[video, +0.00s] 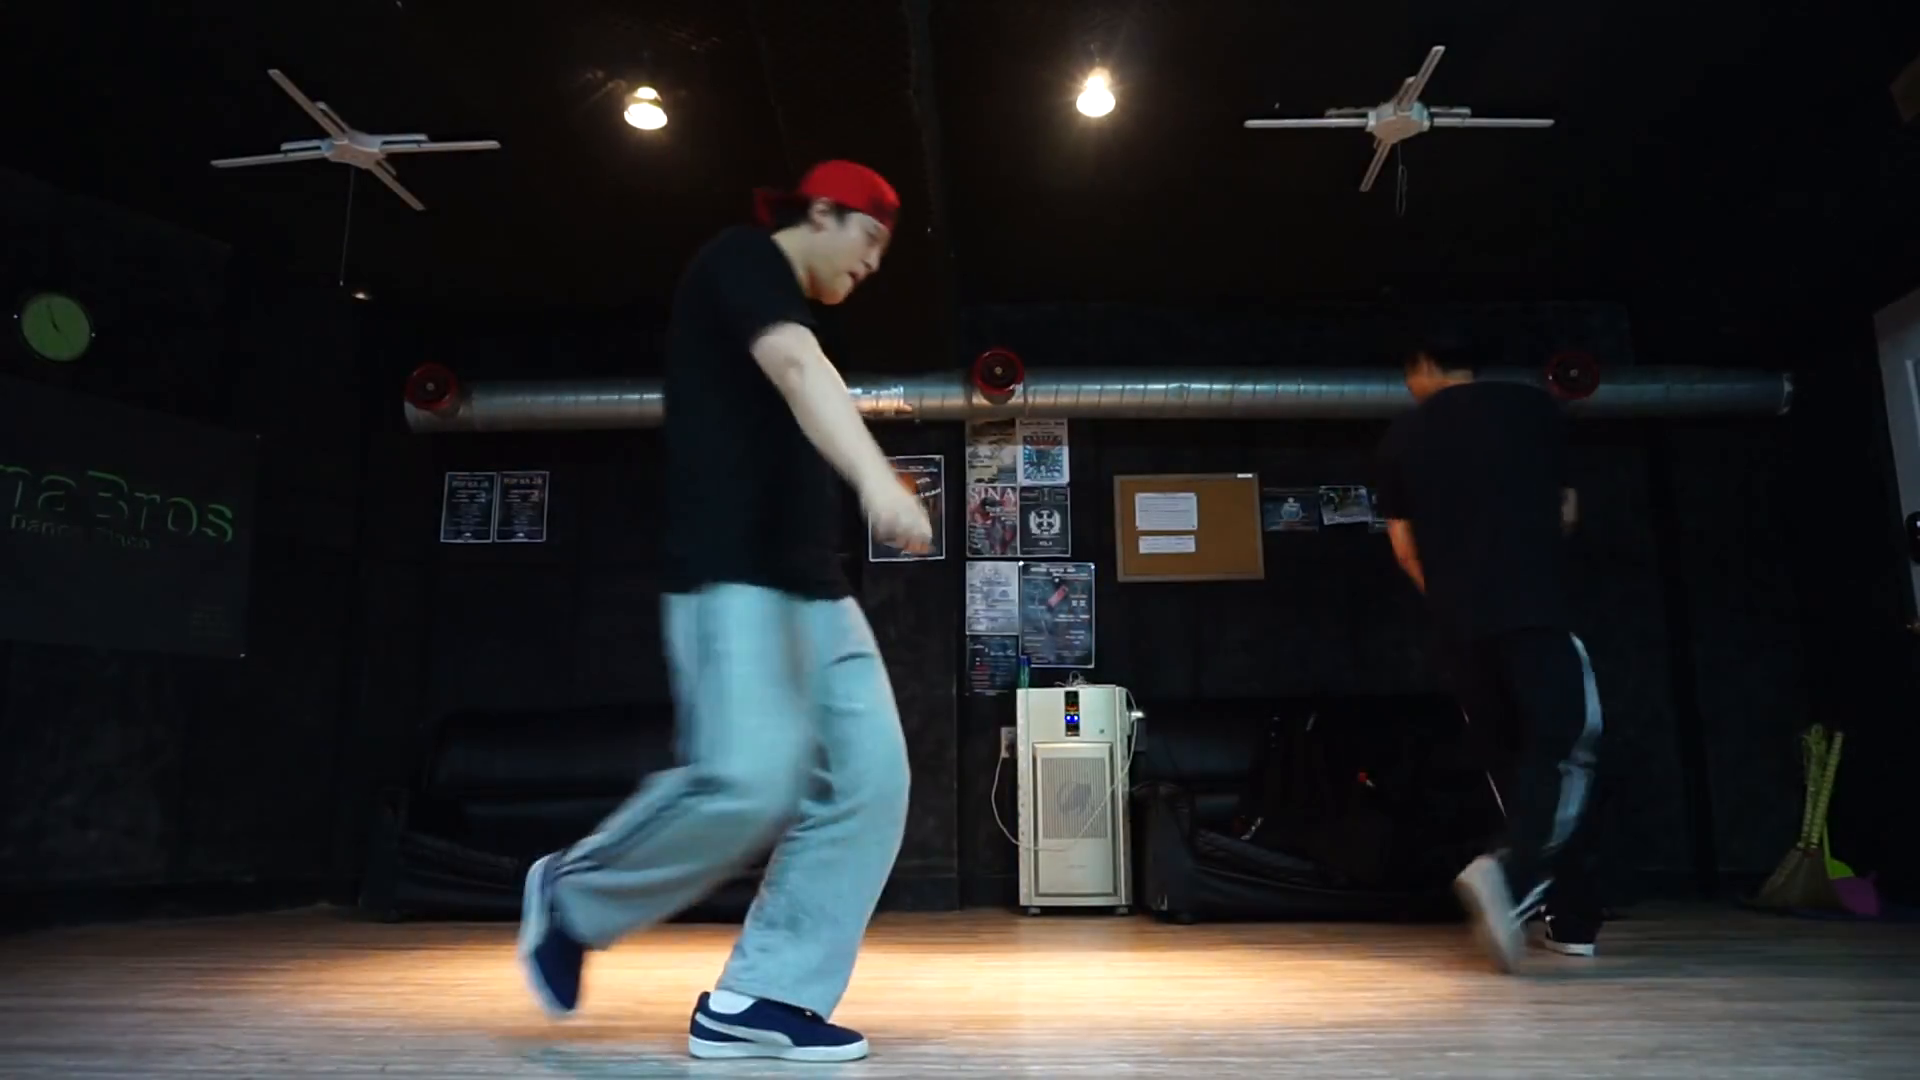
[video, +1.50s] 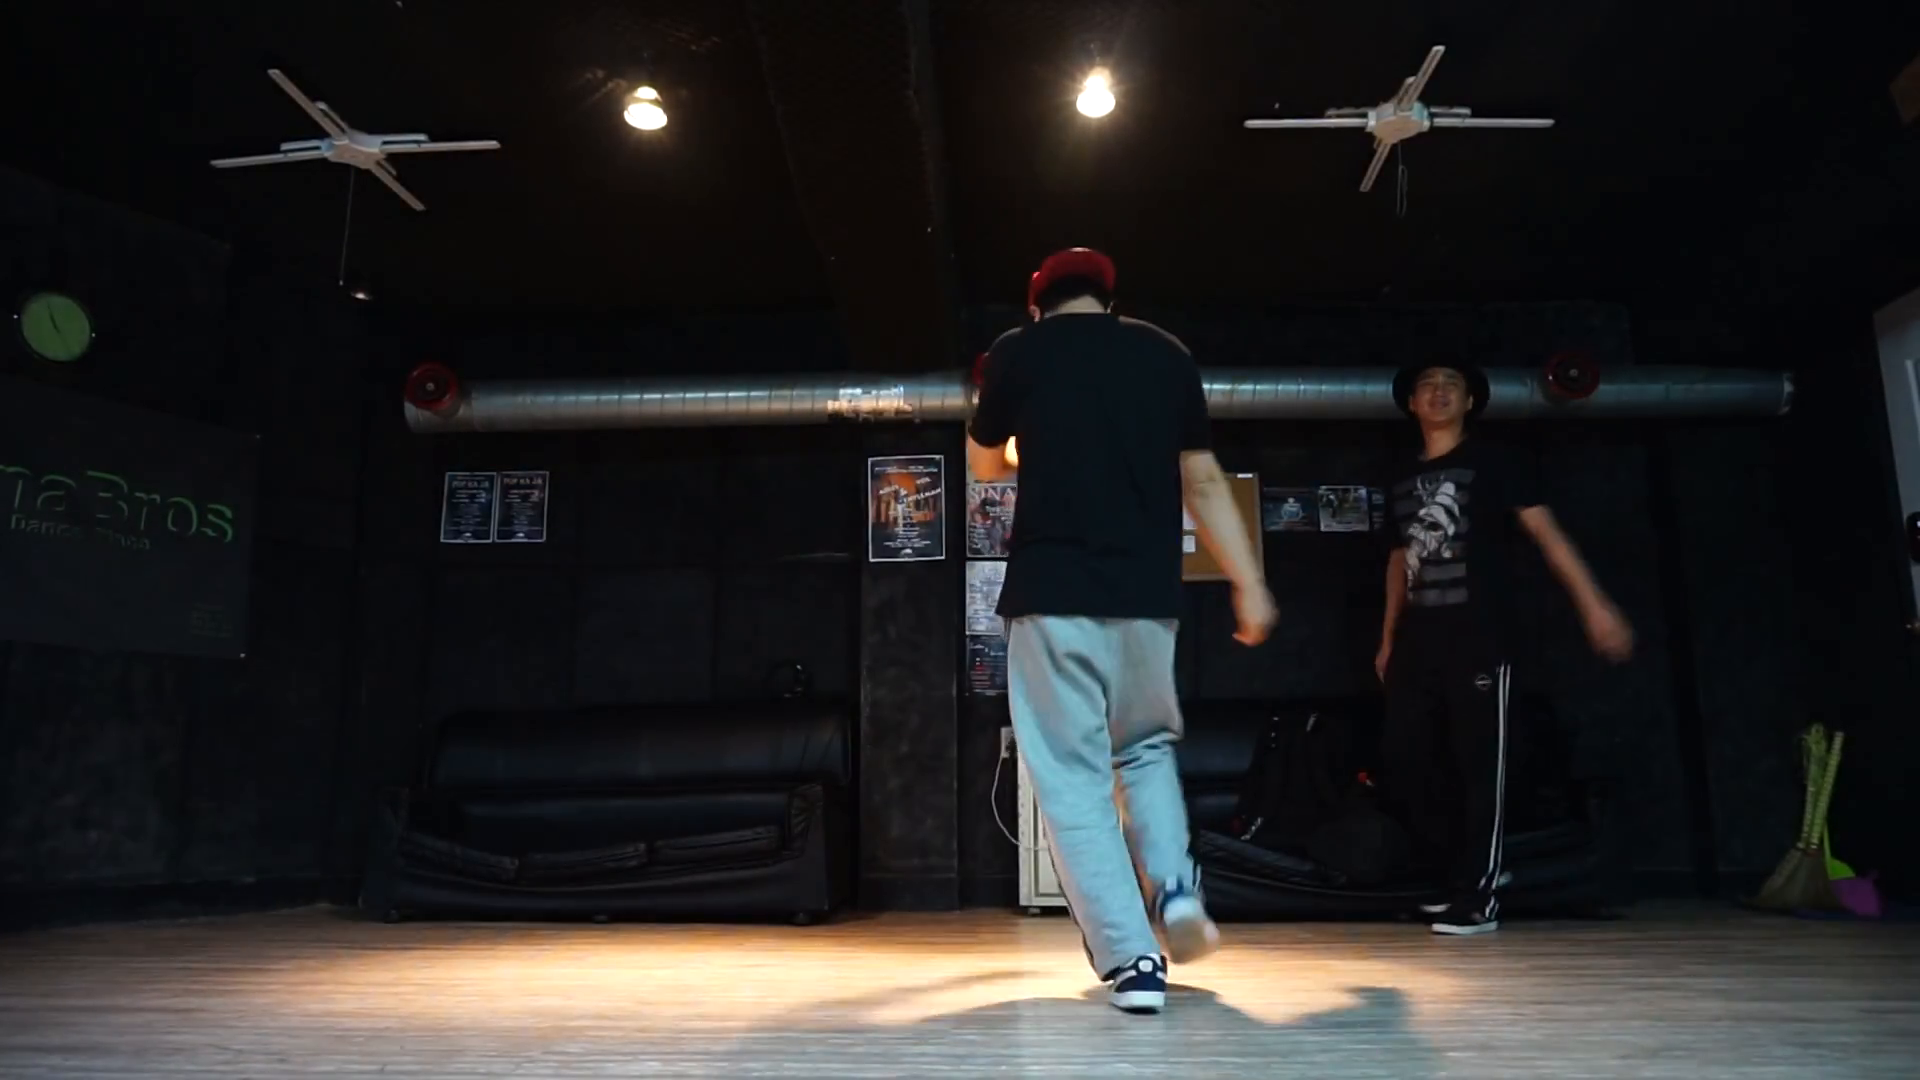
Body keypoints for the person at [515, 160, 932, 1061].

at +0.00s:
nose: (870, 266)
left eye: (877, 253)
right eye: (868, 244)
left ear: (838, 232)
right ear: (823, 216)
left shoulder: (793, 317)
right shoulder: (741, 259)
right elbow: (798, 367)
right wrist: (878, 481)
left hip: (814, 589)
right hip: (729, 583)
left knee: (867, 788)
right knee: (750, 782)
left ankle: (760, 1001)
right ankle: (569, 900)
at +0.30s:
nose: (955, 214)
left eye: (964, 198)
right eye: (960, 192)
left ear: (909, 160)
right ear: (930, 162)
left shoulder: (830, 234)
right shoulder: (864, 222)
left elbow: (768, 393)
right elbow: (824, 336)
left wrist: (739, 515)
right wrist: (783, 464)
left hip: (809, 528)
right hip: (878, 523)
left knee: (831, 761)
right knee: (1004, 709)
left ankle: (748, 994)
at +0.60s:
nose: (1080, 252)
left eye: (1084, 237)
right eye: (1081, 232)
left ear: (1003, 204)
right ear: (1055, 208)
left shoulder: (938, 275)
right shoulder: (1013, 252)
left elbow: (858, 395)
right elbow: (974, 303)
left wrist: (789, 475)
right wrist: (960, 340)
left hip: (912, 575)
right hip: (1004, 569)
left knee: (949, 787)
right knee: (1073, 777)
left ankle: (810, 944)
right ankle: (1057, 999)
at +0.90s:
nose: (1103, 245)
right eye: (1102, 233)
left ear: (1011, 228)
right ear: (1091, 222)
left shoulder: (962, 288)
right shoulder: (1099, 262)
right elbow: (1209, 361)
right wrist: (1344, 442)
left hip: (980, 564)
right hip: (1077, 549)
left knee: (1051, 754)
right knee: (1114, 767)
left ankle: (1059, 965)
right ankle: (1059, 996)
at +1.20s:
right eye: (1096, 259)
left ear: (1023, 276)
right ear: (1098, 261)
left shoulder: (995, 330)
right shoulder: (1148, 304)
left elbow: (1017, 421)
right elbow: (1150, 402)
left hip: (1028, 574)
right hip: (1132, 561)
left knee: (1079, 781)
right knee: (1130, 774)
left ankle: (1135, 961)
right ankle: (1060, 961)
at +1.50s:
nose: (1038, 320)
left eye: (1034, 309)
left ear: (1037, 307)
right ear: (1110, 299)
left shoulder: (1015, 355)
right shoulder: (1167, 356)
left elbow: (987, 461)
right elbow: (1202, 479)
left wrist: (1035, 433)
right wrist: (1247, 582)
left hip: (1051, 595)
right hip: (1147, 594)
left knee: (1073, 781)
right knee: (1148, 746)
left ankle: (1131, 962)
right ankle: (1176, 888)